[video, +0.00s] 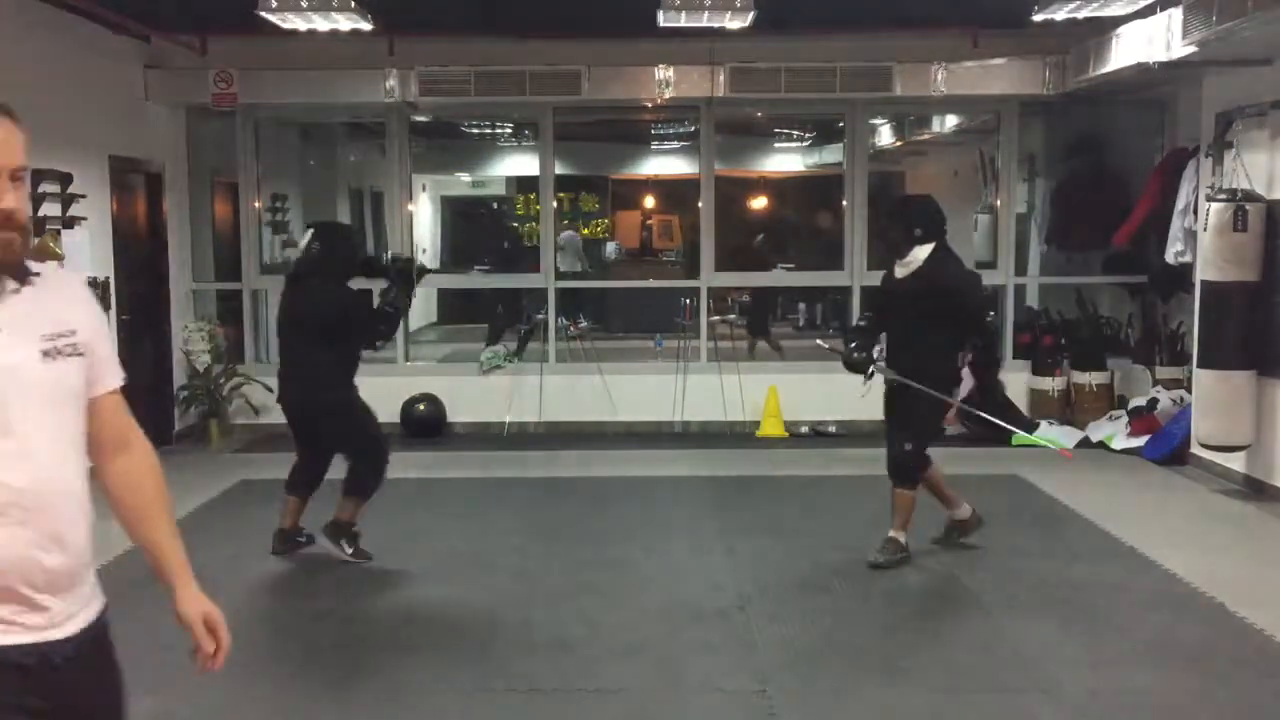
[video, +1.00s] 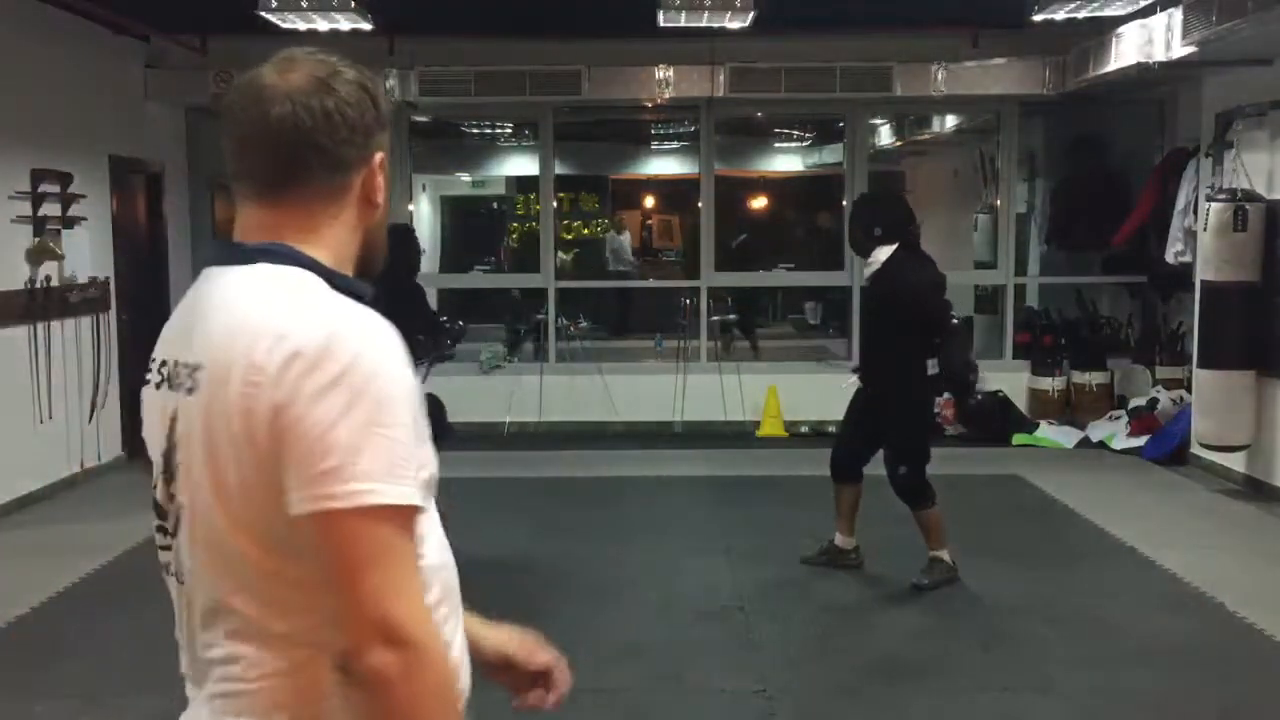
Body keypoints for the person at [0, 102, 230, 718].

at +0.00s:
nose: (11, 201)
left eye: (17, 180)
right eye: (1, 179)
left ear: (29, 185)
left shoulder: (63, 295)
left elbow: (120, 448)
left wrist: (183, 584)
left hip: (76, 642)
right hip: (5, 655)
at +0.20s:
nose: (135, 182)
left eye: (128, 159)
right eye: (113, 160)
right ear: (40, 171)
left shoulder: (127, 285)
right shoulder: (7, 303)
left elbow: (167, 450)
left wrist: (185, 597)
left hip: (158, 644)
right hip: (28, 681)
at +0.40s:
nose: (237, 202)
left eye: (232, 181)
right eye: (225, 180)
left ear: (176, 192)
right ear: (173, 189)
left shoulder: (214, 316)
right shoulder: (29, 323)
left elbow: (207, 499)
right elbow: (5, 556)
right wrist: (27, 711)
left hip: (255, 683)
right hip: (111, 708)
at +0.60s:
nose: (322, 199)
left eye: (320, 179)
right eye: (316, 177)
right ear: (277, 181)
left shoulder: (289, 318)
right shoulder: (128, 314)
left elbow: (340, 509)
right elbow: (107, 560)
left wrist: (399, 675)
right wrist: (145, 712)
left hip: (348, 691)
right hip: (206, 705)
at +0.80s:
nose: (365, 180)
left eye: (365, 159)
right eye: (364, 158)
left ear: (230, 161)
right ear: (340, 165)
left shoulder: (302, 303)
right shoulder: (220, 306)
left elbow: (368, 505)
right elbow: (215, 584)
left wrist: (510, 605)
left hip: (367, 698)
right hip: (292, 701)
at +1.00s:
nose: (396, 199)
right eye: (396, 177)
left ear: (242, 174)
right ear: (375, 182)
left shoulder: (193, 320)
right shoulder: (338, 341)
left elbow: (282, 553)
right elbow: (385, 649)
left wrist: (473, 635)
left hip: (218, 699)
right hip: (323, 707)